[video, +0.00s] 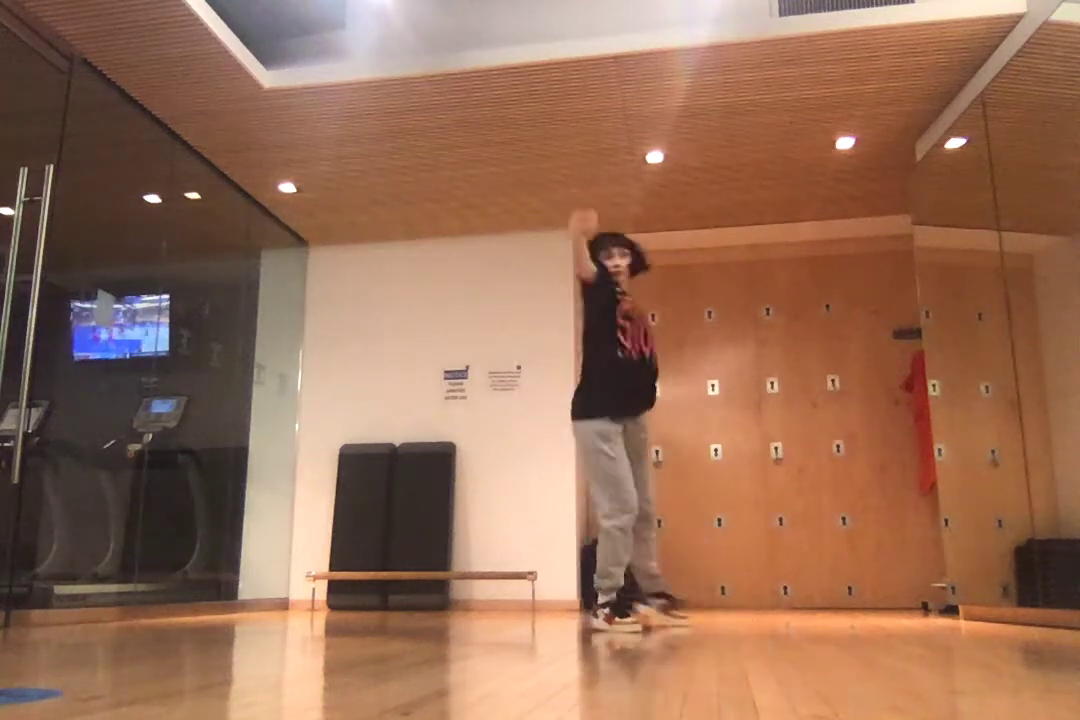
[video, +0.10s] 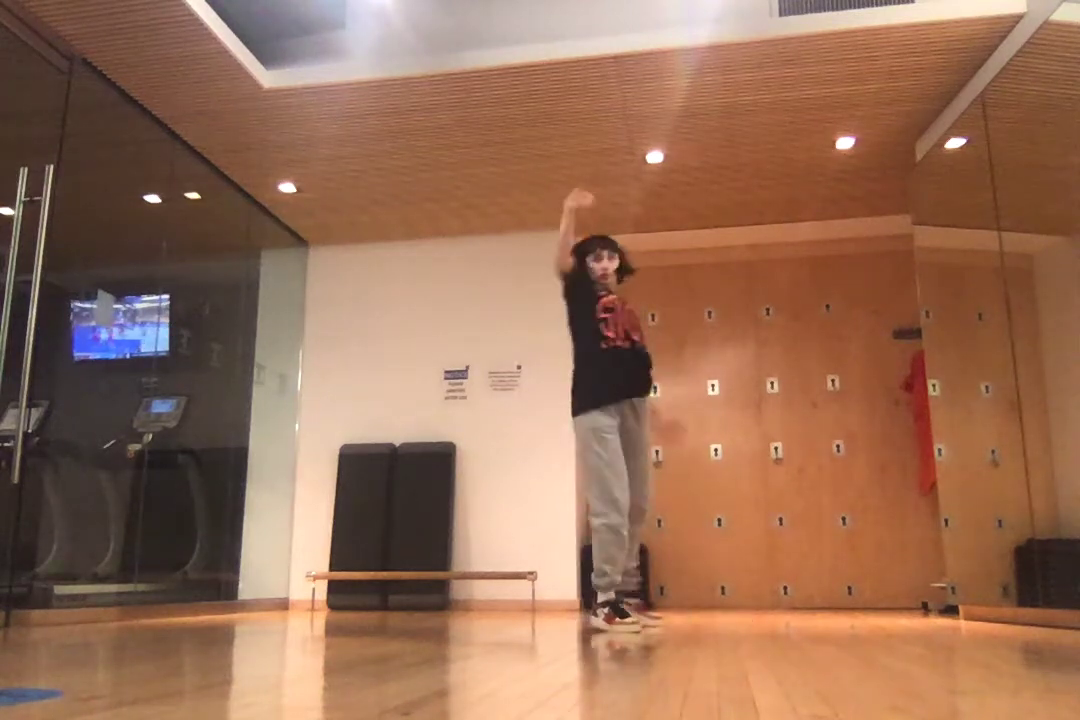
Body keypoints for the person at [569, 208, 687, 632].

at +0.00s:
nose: (615, 262)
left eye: (622, 255)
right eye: (607, 256)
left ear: (633, 263)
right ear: (598, 264)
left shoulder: (634, 306)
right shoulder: (597, 292)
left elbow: (646, 353)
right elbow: (583, 268)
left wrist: (643, 318)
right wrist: (578, 236)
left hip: (631, 412)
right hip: (596, 414)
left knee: (642, 507)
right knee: (619, 507)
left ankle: (649, 591)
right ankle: (608, 598)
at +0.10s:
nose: (602, 261)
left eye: (608, 255)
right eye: (595, 256)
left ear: (619, 264)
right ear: (584, 265)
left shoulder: (623, 306)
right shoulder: (579, 292)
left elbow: (636, 355)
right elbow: (564, 259)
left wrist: (651, 401)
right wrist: (569, 210)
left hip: (632, 401)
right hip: (595, 404)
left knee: (636, 501)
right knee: (610, 502)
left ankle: (624, 593)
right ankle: (605, 599)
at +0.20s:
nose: (600, 274)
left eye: (606, 267)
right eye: (593, 267)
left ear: (616, 271)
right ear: (580, 271)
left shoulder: (629, 313)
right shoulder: (570, 305)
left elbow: (659, 343)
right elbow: (549, 287)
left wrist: (634, 347)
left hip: (621, 404)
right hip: (581, 408)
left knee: (616, 500)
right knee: (600, 499)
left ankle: (591, 592)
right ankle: (598, 595)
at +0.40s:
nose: (591, 315)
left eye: (599, 308)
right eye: (583, 308)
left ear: (612, 314)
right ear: (572, 315)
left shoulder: (625, 347)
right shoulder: (559, 352)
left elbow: (659, 337)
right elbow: (515, 362)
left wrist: (689, 326)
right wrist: (483, 354)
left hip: (613, 453)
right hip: (565, 454)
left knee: (597, 527)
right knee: (527, 515)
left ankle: (568, 602)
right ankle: (478, 582)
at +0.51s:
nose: (583, 322)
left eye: (591, 315)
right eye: (577, 316)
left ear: (603, 325)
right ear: (566, 327)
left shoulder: (624, 358)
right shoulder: (552, 375)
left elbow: (682, 355)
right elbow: (498, 401)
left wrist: (736, 346)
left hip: (617, 461)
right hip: (571, 468)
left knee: (602, 528)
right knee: (527, 531)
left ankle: (567, 601)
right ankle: (472, 593)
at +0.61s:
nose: (582, 315)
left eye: (589, 309)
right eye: (575, 310)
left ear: (601, 317)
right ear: (565, 320)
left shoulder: (621, 358)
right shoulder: (556, 373)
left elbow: (667, 373)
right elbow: (524, 420)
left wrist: (709, 372)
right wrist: (493, 452)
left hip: (618, 459)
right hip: (574, 467)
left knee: (599, 528)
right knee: (563, 535)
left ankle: (568, 599)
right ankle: (569, 593)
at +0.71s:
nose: (582, 304)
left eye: (590, 298)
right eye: (575, 299)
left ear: (602, 306)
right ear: (567, 308)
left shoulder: (617, 348)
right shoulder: (559, 361)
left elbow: (643, 388)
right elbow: (560, 422)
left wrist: (669, 401)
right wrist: (554, 470)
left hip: (622, 444)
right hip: (582, 455)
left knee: (598, 517)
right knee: (601, 527)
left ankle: (577, 598)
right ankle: (648, 587)